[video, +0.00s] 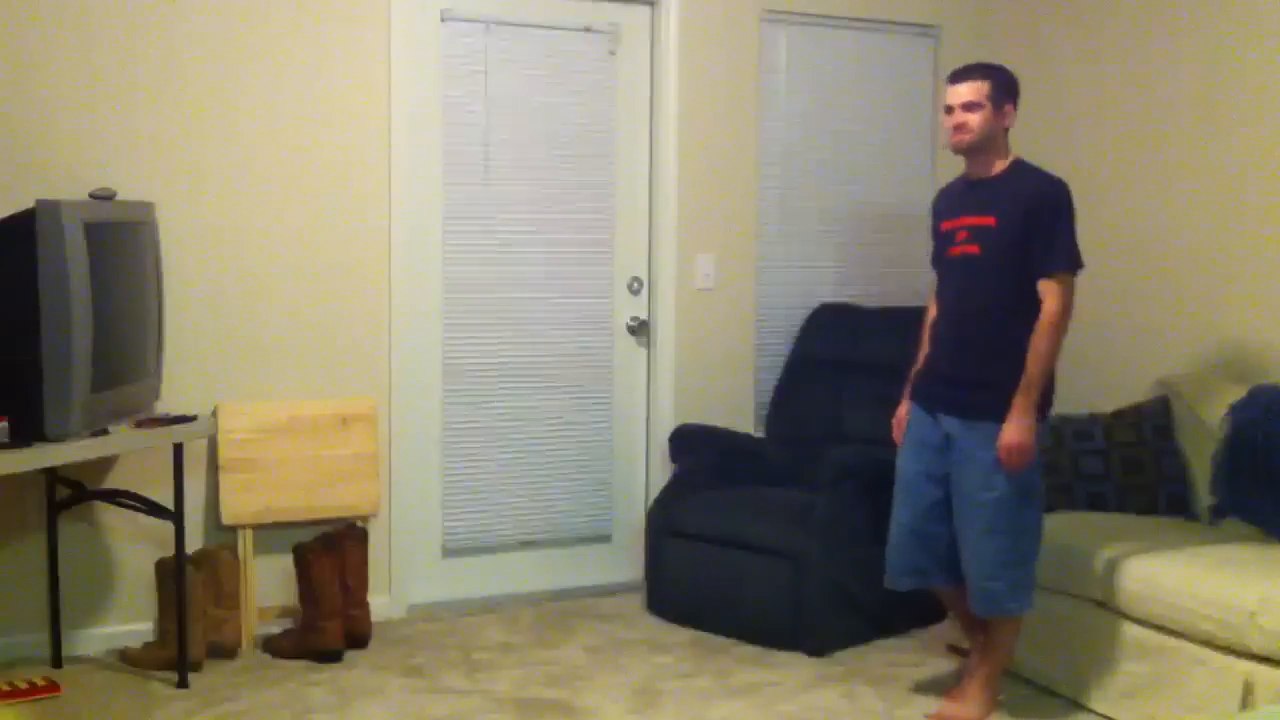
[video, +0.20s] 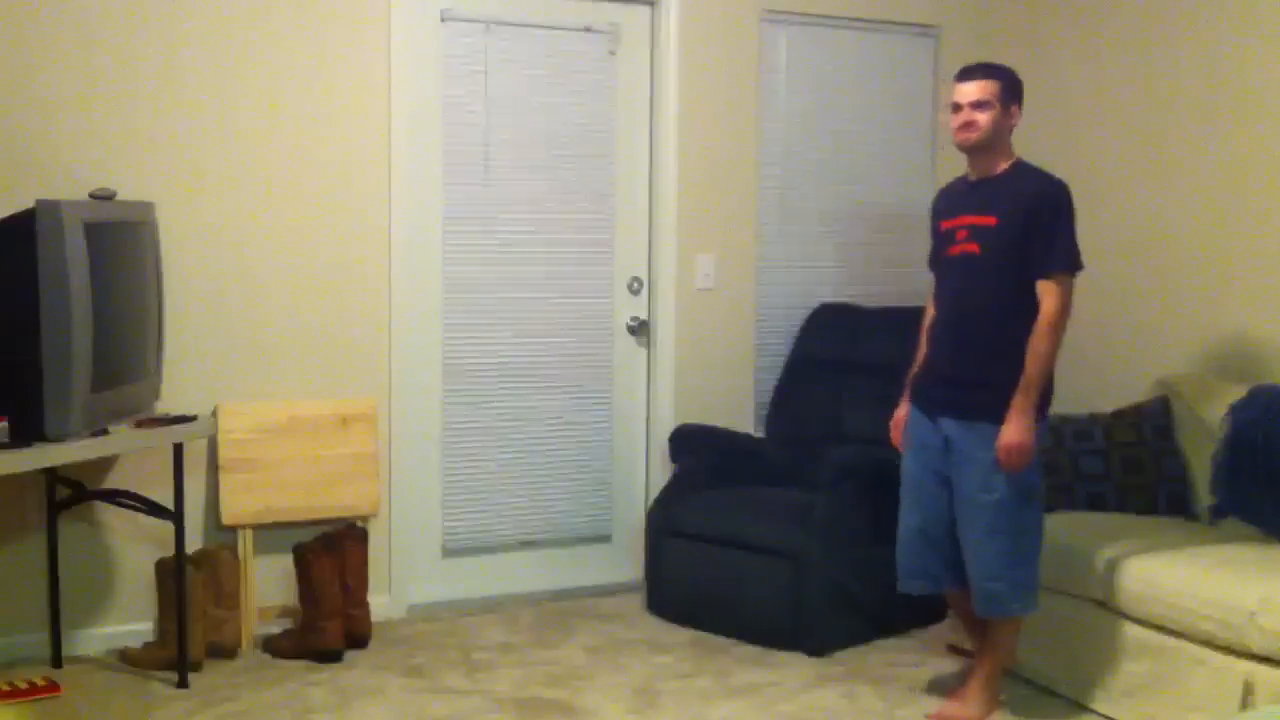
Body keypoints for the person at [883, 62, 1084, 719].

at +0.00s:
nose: (955, 119)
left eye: (969, 108)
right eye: (949, 110)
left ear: (1005, 115)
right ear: (944, 121)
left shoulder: (1042, 192)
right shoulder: (947, 201)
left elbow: (1054, 309)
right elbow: (940, 305)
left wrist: (1024, 411)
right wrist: (909, 395)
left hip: (998, 418)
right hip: (932, 409)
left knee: (996, 562)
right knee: (923, 544)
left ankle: (984, 688)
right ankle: (978, 643)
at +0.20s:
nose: (965, 117)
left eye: (979, 107)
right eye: (957, 108)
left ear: (1011, 116)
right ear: (948, 120)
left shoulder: (1043, 193)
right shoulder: (948, 201)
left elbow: (1053, 309)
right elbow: (938, 306)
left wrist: (1023, 411)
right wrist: (908, 397)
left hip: (997, 418)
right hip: (933, 411)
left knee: (997, 562)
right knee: (935, 544)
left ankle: (986, 689)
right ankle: (980, 646)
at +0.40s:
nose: (969, 117)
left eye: (984, 107)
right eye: (960, 108)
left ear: (1013, 117)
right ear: (951, 119)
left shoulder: (1045, 194)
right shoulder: (949, 203)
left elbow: (1054, 311)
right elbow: (940, 304)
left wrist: (1020, 410)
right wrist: (905, 392)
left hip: (997, 417)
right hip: (932, 409)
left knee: (995, 562)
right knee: (928, 539)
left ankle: (983, 689)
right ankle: (972, 642)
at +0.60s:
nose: (974, 118)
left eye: (989, 108)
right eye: (964, 109)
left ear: (1015, 118)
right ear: (954, 120)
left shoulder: (1047, 195)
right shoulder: (951, 203)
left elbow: (1055, 311)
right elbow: (941, 306)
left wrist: (1024, 411)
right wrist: (909, 395)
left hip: (1000, 419)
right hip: (935, 412)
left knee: (999, 566)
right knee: (932, 548)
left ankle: (985, 690)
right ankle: (977, 644)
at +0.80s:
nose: (975, 117)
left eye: (990, 107)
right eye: (965, 108)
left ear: (1016, 118)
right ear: (955, 119)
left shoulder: (1047, 194)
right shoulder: (953, 201)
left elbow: (1058, 309)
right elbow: (945, 306)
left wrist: (1029, 412)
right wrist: (914, 395)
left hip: (1002, 418)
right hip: (937, 410)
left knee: (1000, 564)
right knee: (930, 547)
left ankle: (986, 689)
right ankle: (982, 647)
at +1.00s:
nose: (974, 119)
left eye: (989, 109)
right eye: (965, 109)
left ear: (1016, 118)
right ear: (955, 119)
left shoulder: (1048, 195)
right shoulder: (953, 202)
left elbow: (1058, 310)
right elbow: (947, 306)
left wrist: (1030, 412)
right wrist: (916, 396)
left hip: (1002, 416)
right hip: (938, 409)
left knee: (999, 562)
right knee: (928, 544)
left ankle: (985, 688)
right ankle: (982, 642)